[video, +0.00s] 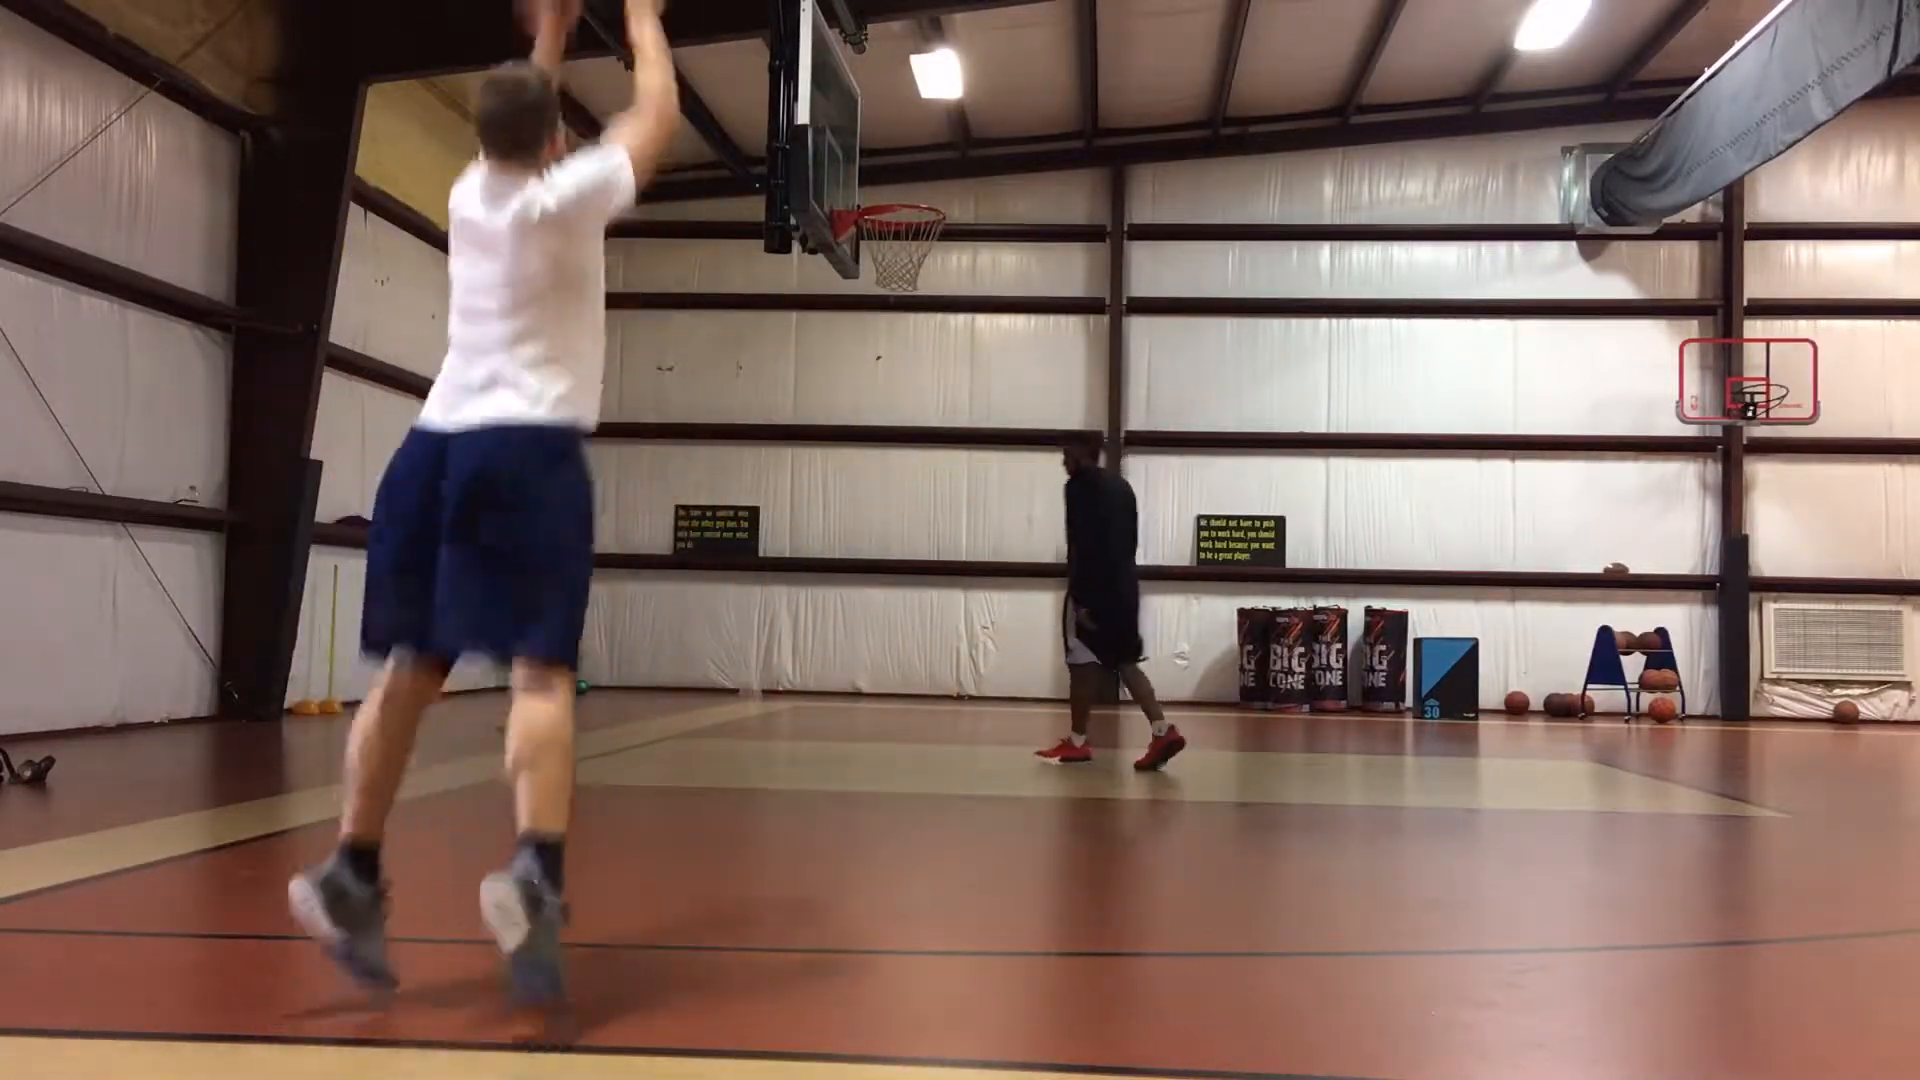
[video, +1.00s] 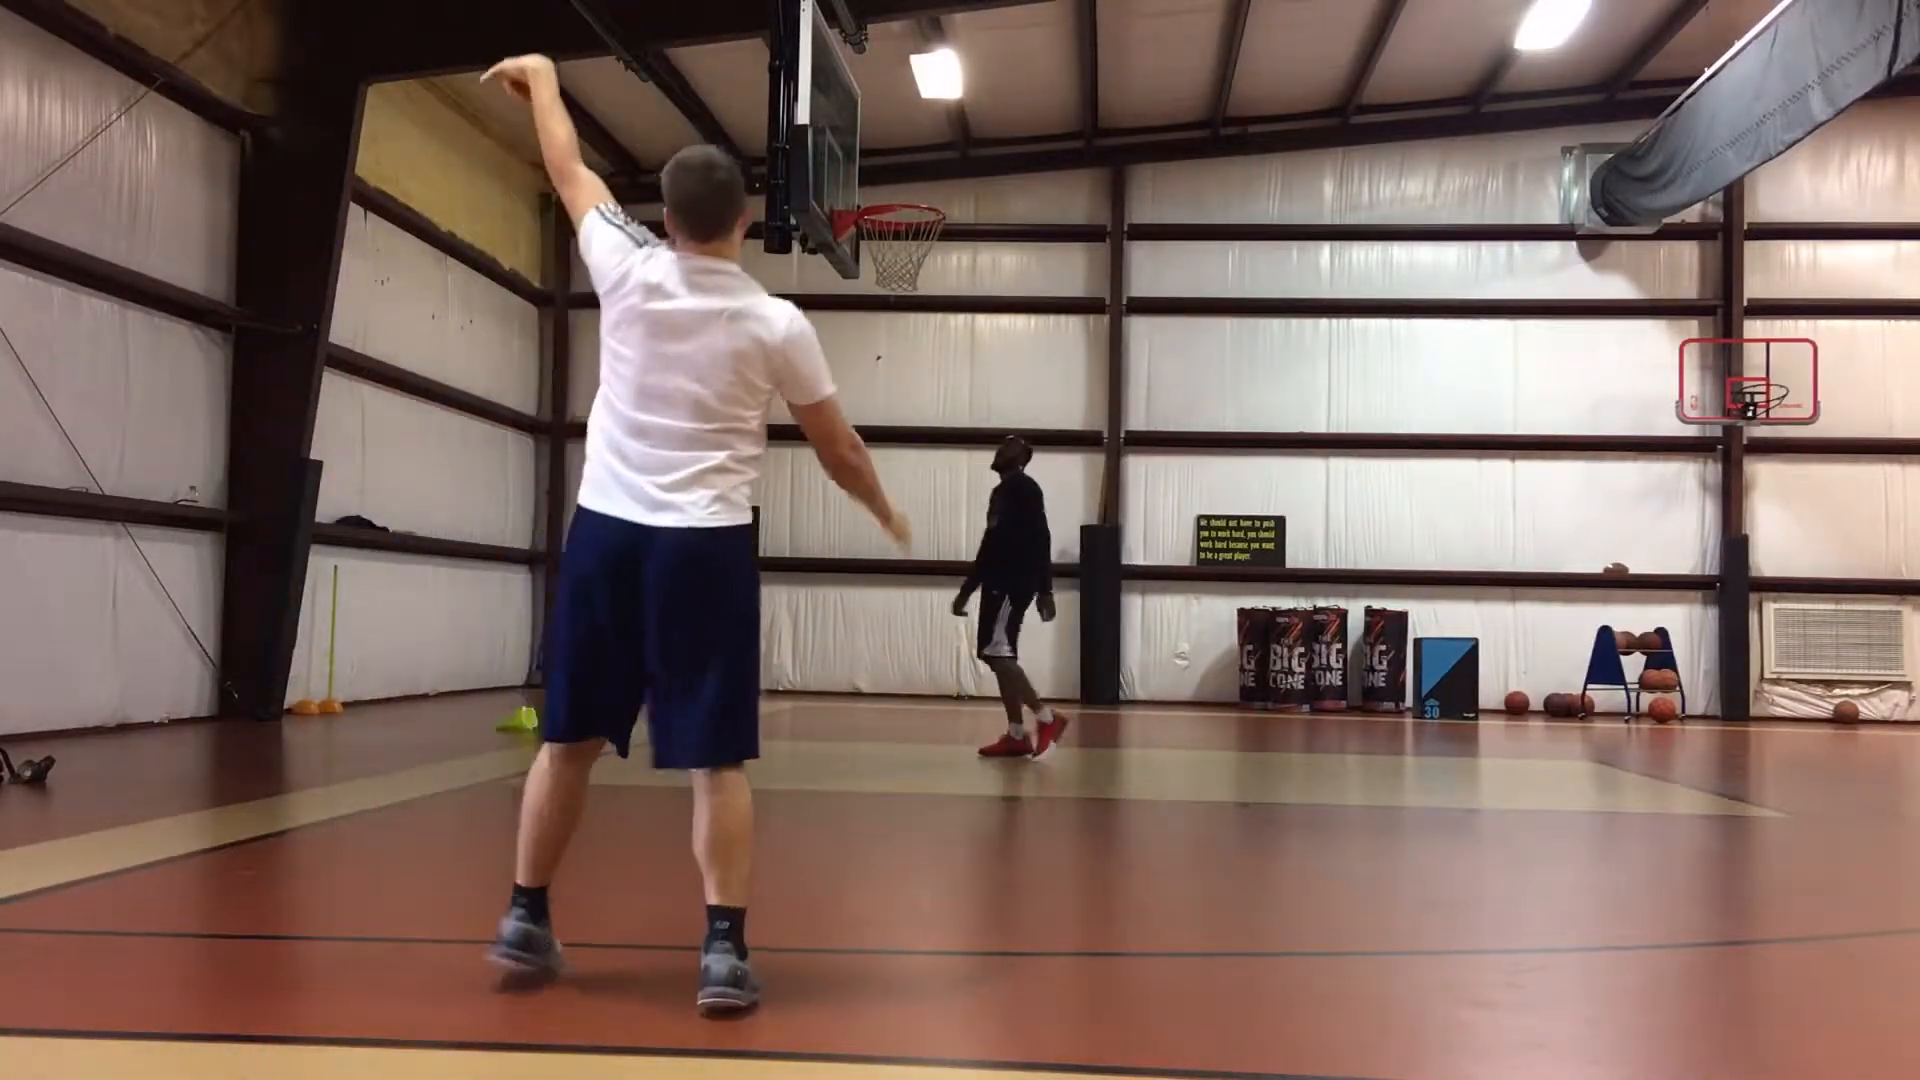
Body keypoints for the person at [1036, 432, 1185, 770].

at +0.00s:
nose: (1065, 460)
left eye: (1068, 453)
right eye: (1065, 453)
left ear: (1084, 452)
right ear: (1096, 452)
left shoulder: (1078, 487)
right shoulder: (1121, 487)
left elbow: (1082, 545)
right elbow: (1129, 544)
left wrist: (1080, 596)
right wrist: (1115, 580)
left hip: (1090, 592)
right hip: (1122, 589)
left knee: (1080, 665)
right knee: (1125, 662)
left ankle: (1077, 740)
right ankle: (1163, 731)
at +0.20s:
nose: (1049, 457)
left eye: (1053, 452)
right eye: (1050, 451)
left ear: (1067, 454)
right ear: (1081, 453)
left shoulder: (1059, 489)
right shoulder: (1105, 485)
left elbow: (1045, 547)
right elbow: (1113, 543)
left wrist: (1032, 595)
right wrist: (1106, 584)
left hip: (1068, 590)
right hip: (1101, 589)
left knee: (1068, 662)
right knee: (1084, 661)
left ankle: (1075, 740)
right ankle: (1120, 713)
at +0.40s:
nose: (1041, 452)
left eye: (1047, 447)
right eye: (1043, 446)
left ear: (1063, 452)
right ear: (1072, 453)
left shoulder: (1048, 489)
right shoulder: (1089, 486)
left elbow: (1026, 539)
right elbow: (1097, 541)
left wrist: (999, 578)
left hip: (1057, 589)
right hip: (1082, 587)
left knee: (1051, 657)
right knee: (1059, 658)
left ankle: (1075, 739)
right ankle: (1067, 736)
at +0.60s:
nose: (1033, 448)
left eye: (1041, 444)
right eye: (1036, 443)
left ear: (1059, 455)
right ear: (1054, 455)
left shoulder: (1049, 491)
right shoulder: (1050, 489)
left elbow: (1025, 545)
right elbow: (1029, 544)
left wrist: (990, 573)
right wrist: (995, 573)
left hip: (1046, 591)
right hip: (1037, 590)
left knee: (1055, 661)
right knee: (1024, 662)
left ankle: (1075, 739)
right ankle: (1020, 736)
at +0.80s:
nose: (1018, 449)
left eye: (1027, 446)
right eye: (1021, 444)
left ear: (1040, 457)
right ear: (1026, 456)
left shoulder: (1038, 492)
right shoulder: (1026, 490)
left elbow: (1033, 549)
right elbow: (1020, 546)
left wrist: (1024, 594)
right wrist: (1007, 586)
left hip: (1029, 590)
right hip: (1010, 588)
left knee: (1040, 659)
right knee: (1001, 658)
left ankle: (1071, 734)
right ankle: (1016, 735)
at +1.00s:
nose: (997, 452)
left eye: (1006, 448)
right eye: (999, 448)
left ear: (1020, 456)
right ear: (1005, 456)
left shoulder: (1024, 488)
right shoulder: (1002, 491)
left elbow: (1040, 541)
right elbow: (990, 546)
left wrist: (1045, 590)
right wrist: (966, 589)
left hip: (1014, 583)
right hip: (1001, 582)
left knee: (995, 651)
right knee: (1000, 655)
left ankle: (1047, 718)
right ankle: (1016, 734)